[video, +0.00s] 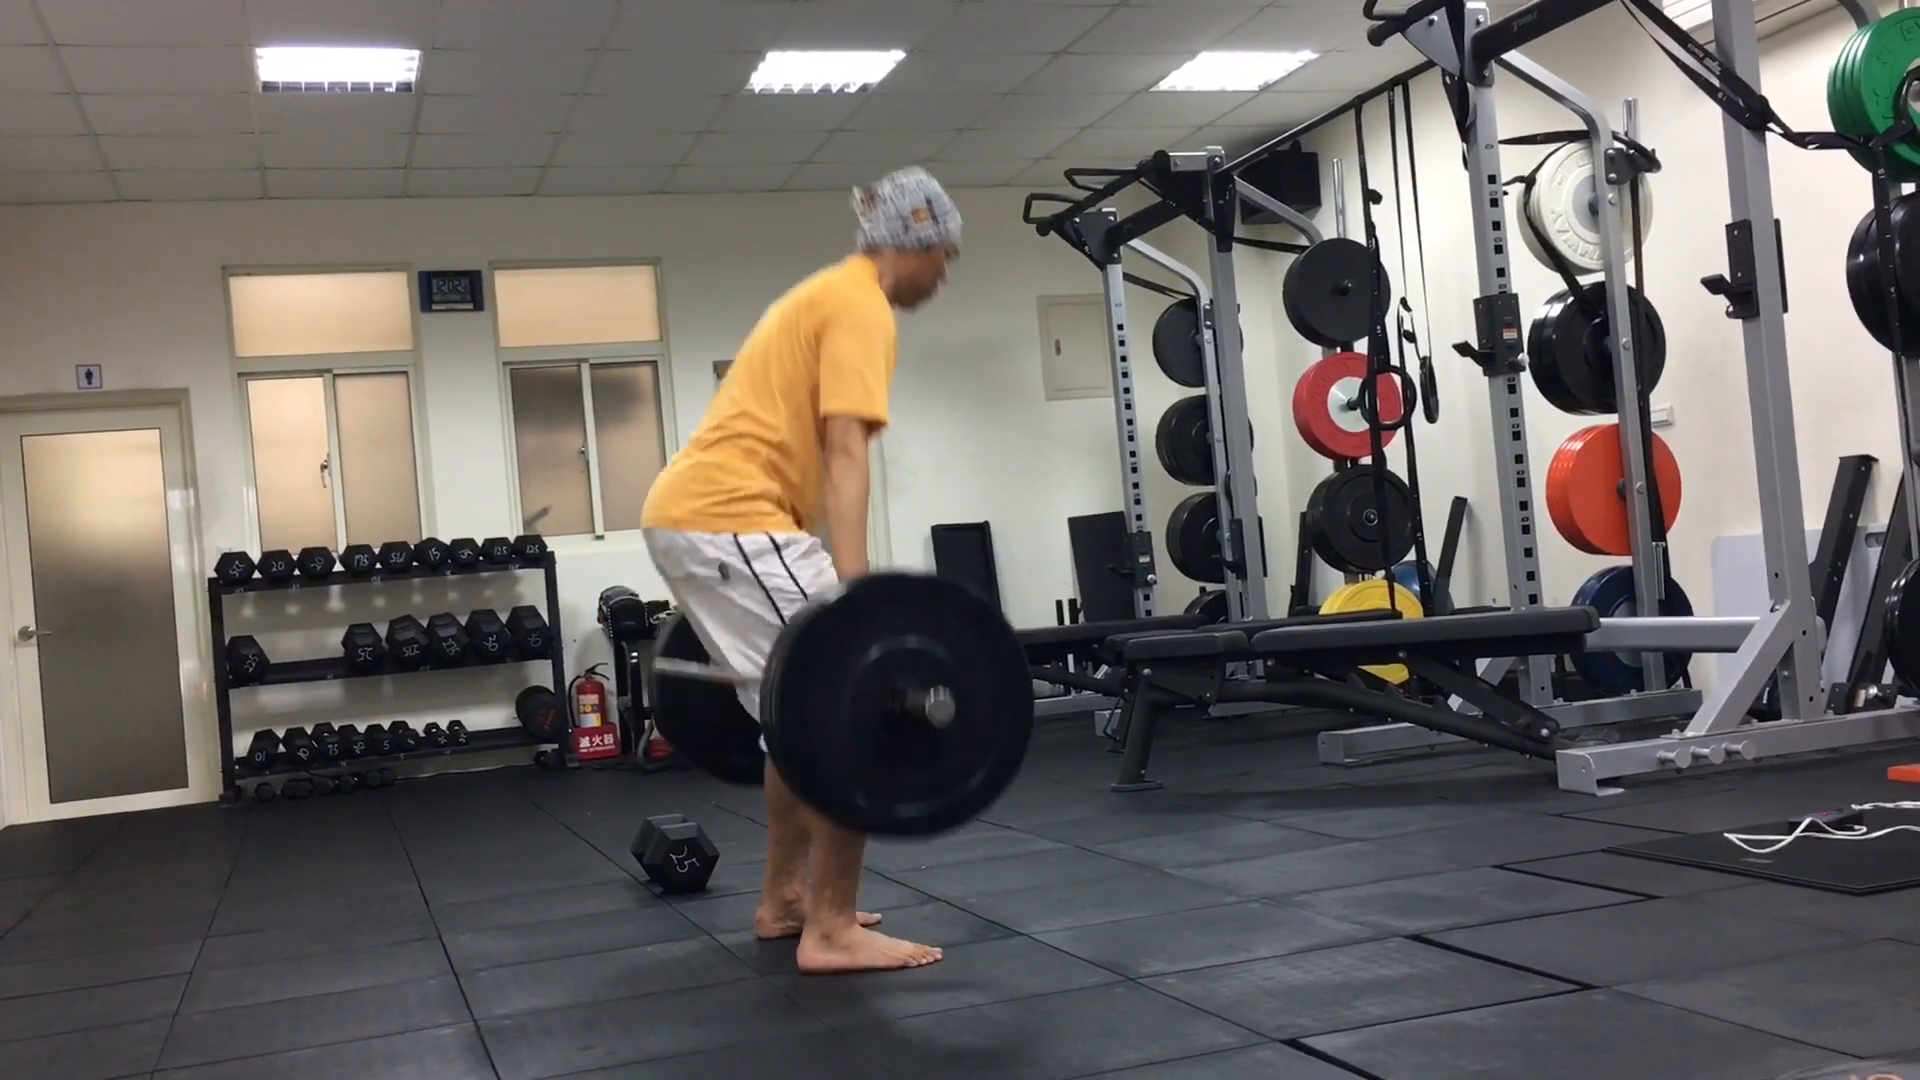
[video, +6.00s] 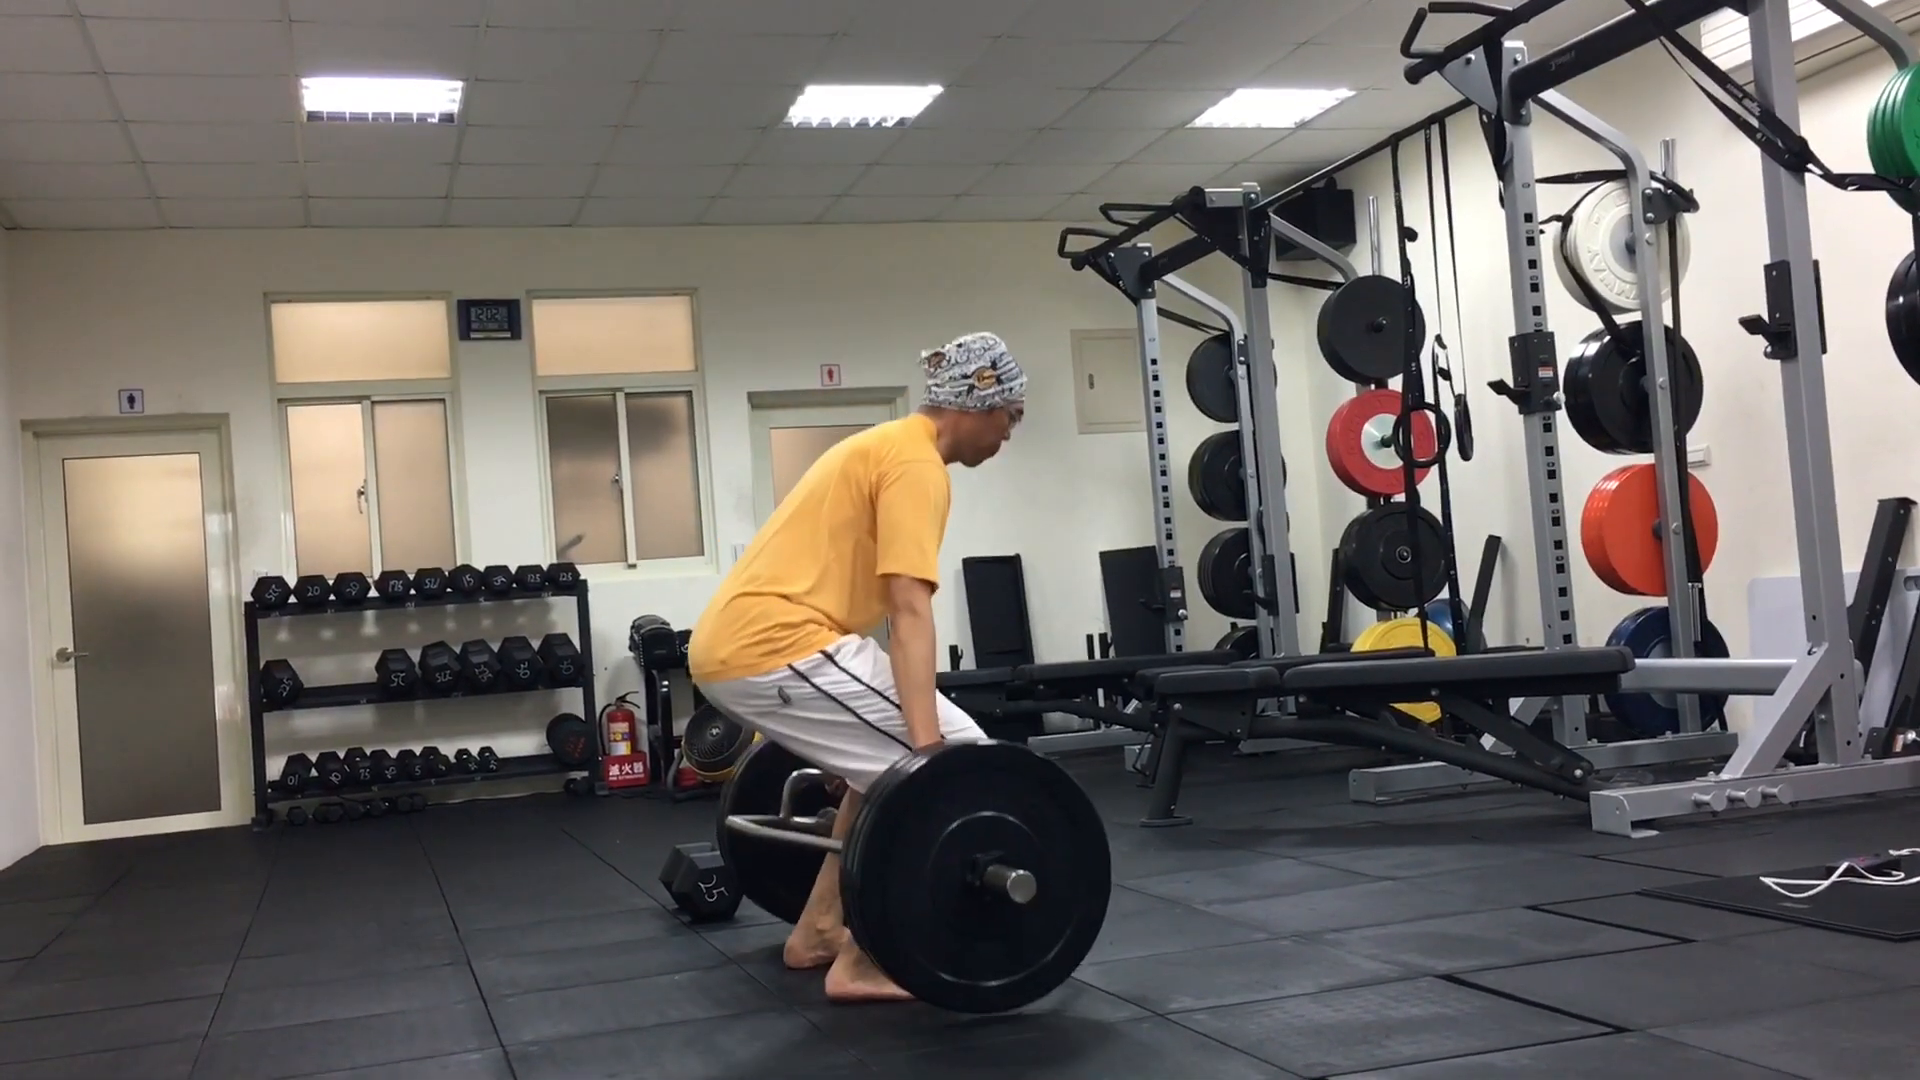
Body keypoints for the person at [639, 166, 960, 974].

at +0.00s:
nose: (944, 276)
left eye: (948, 259)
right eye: (944, 256)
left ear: (885, 238)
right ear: (913, 241)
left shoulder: (822, 295)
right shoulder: (856, 302)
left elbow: (806, 453)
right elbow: (844, 448)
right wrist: (855, 598)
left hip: (691, 511)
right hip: (734, 513)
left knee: (799, 699)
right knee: (846, 694)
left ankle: (785, 898)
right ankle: (834, 927)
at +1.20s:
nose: (953, 382)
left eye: (958, 366)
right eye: (954, 363)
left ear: (892, 346)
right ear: (922, 348)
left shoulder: (830, 400)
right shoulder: (867, 407)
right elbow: (871, 565)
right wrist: (896, 701)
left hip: (697, 614)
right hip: (742, 615)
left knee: (856, 745)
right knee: (891, 748)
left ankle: (800, 932)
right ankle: (849, 965)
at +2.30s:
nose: (970, 297)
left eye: (974, 279)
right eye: (970, 276)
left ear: (911, 258)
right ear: (940, 263)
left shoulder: (850, 321)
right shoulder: (880, 327)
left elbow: (839, 483)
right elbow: (869, 476)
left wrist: (863, 622)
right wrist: (881, 625)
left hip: (736, 548)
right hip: (772, 550)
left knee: (837, 729)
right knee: (880, 728)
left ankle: (812, 933)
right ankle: (857, 964)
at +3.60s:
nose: (980, 423)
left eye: (985, 408)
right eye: (980, 405)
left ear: (921, 390)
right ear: (946, 393)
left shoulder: (858, 438)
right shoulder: (887, 448)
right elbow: (883, 604)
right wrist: (904, 741)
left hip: (708, 640)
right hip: (749, 640)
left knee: (880, 755)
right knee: (936, 753)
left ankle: (807, 933)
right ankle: (852, 963)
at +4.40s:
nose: (981, 325)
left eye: (984, 306)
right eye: (981, 305)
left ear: (921, 291)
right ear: (950, 294)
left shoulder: (858, 349)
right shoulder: (890, 354)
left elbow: (843, 510)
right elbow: (885, 504)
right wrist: (901, 651)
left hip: (728, 563)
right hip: (767, 562)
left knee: (850, 727)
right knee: (896, 725)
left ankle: (809, 925)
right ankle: (856, 956)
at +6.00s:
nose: (1008, 436)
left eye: (1013, 421)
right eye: (1008, 418)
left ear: (947, 403)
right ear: (971, 405)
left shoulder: (879, 448)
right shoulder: (914, 459)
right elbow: (909, 608)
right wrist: (927, 745)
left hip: (733, 643)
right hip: (778, 644)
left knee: (894, 753)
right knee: (956, 759)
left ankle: (818, 929)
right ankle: (864, 961)